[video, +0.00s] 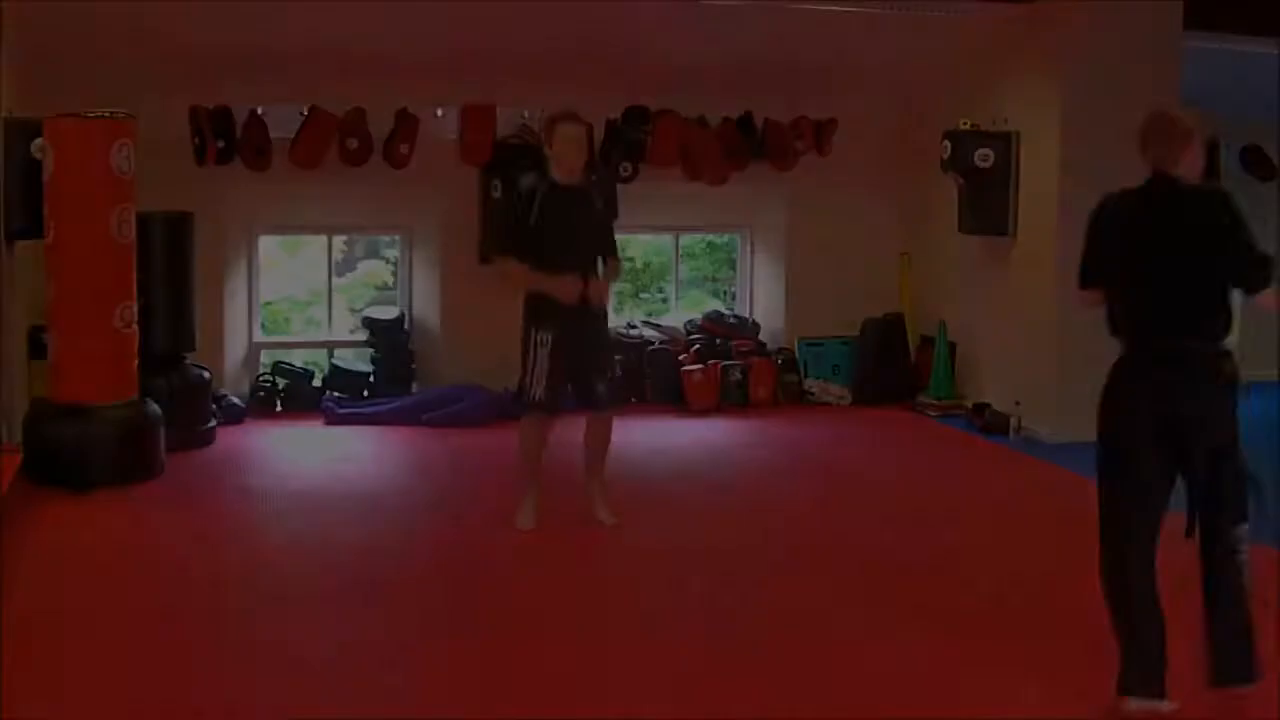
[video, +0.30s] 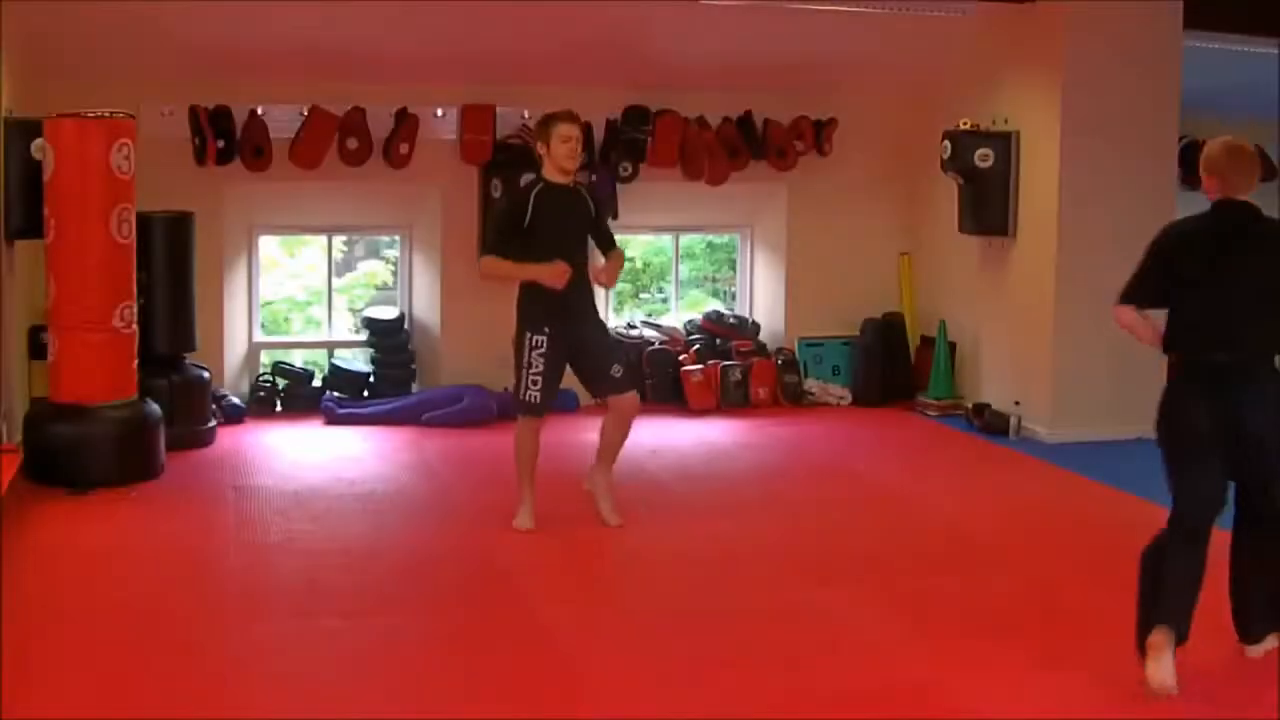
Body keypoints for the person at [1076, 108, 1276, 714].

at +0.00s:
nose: (1203, 156)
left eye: (1197, 146)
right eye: (1199, 147)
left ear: (1145, 153)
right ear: (1189, 150)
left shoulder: (1113, 210)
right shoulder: (1215, 206)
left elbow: (1092, 290)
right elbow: (1259, 285)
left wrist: (1144, 275)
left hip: (1134, 381)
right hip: (1205, 381)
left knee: (1127, 533)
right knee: (1221, 525)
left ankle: (1142, 682)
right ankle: (1233, 669)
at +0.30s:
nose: (1205, 184)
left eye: (1203, 176)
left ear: (1207, 182)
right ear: (1257, 182)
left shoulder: (1180, 237)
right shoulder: (1273, 236)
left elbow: (1127, 309)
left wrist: (1165, 341)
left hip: (1193, 397)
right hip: (1261, 399)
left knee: (1191, 513)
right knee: (1260, 511)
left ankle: (1163, 628)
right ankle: (1257, 630)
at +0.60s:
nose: (1193, 158)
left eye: (1200, 149)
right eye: (1195, 148)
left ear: (1227, 156)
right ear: (1245, 157)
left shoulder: (1218, 211)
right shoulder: (1273, 203)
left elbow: (1168, 283)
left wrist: (1122, 288)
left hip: (1228, 362)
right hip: (1273, 361)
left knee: (1221, 471)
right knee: (1268, 478)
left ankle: (1224, 580)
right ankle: (1267, 611)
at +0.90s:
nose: (1190, 183)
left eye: (1191, 172)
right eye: (1187, 175)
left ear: (1215, 163)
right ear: (1227, 164)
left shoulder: (1223, 212)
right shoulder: (1260, 210)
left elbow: (1148, 234)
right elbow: (1185, 231)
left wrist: (1149, 198)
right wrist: (1162, 204)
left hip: (1218, 350)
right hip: (1251, 345)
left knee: (1215, 468)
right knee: (1240, 464)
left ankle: (1234, 583)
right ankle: (1268, 556)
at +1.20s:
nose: (1146, 207)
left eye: (1145, 199)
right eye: (1142, 201)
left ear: (1164, 182)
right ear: (1172, 177)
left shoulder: (1199, 211)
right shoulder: (1213, 205)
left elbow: (1132, 247)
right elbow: (1156, 245)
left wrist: (1122, 217)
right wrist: (1142, 222)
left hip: (1209, 343)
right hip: (1204, 339)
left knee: (1202, 457)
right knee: (1183, 444)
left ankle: (1238, 577)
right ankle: (1178, 535)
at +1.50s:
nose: (1106, 194)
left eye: (1107, 185)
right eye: (1103, 186)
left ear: (1132, 173)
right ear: (1133, 173)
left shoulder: (1166, 207)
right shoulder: (1172, 202)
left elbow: (1138, 283)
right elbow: (1197, 287)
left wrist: (1079, 311)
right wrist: (1223, 351)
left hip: (1191, 340)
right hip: (1187, 337)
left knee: (1189, 445)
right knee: (1175, 442)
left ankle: (1219, 550)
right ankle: (1178, 541)